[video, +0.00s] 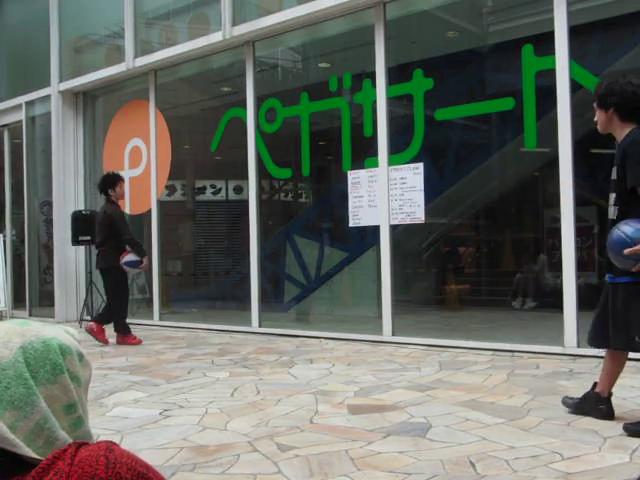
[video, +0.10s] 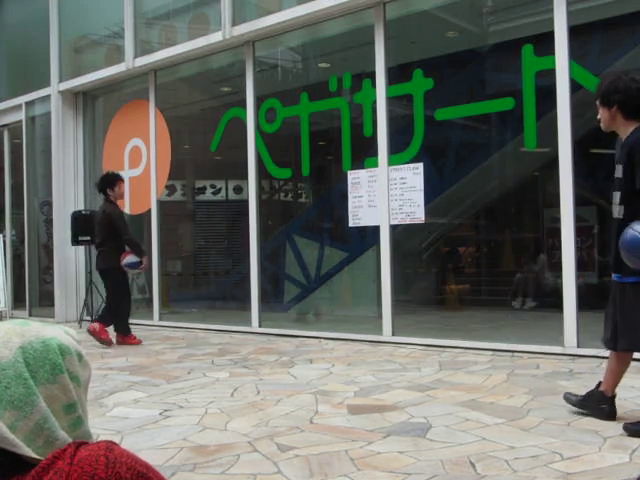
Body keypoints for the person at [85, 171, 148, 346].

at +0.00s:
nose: (124, 190)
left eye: (123, 186)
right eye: (121, 187)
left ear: (111, 192)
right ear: (111, 191)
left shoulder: (106, 209)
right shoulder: (113, 210)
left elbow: (110, 237)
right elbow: (126, 235)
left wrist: (123, 253)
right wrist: (142, 254)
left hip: (108, 259)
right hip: (112, 260)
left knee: (117, 295)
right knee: (119, 295)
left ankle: (97, 323)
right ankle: (123, 333)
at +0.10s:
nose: (123, 190)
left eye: (123, 186)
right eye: (120, 186)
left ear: (110, 192)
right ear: (110, 191)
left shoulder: (104, 209)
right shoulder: (112, 210)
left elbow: (107, 237)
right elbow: (125, 235)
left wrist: (121, 253)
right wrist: (141, 254)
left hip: (106, 260)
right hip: (111, 261)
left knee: (116, 295)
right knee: (122, 295)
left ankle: (100, 324)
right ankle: (123, 333)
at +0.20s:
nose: (121, 190)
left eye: (120, 187)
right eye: (118, 187)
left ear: (107, 192)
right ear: (108, 191)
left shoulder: (102, 209)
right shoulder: (110, 210)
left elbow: (108, 238)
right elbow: (121, 236)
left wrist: (124, 253)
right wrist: (137, 255)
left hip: (103, 262)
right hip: (111, 263)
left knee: (111, 298)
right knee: (124, 296)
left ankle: (98, 329)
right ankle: (123, 334)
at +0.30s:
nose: (118, 192)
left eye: (117, 188)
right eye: (115, 189)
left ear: (104, 193)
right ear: (104, 193)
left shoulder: (99, 211)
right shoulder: (107, 212)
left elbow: (108, 239)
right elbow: (113, 238)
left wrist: (127, 255)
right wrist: (127, 256)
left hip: (98, 265)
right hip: (107, 265)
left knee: (104, 299)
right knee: (123, 298)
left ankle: (93, 332)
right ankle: (123, 333)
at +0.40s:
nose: (115, 194)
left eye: (115, 190)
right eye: (112, 190)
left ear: (103, 195)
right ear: (101, 194)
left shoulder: (97, 211)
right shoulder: (102, 212)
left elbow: (99, 240)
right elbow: (105, 238)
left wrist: (112, 254)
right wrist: (112, 260)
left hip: (95, 263)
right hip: (101, 263)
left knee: (101, 299)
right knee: (123, 295)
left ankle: (91, 335)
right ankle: (123, 332)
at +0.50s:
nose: (113, 193)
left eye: (112, 189)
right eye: (109, 190)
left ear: (101, 194)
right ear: (99, 194)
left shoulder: (97, 212)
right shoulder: (98, 214)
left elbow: (91, 241)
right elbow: (91, 241)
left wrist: (105, 258)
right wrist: (95, 262)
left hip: (95, 265)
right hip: (99, 266)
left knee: (96, 300)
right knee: (123, 295)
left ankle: (91, 334)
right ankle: (123, 332)